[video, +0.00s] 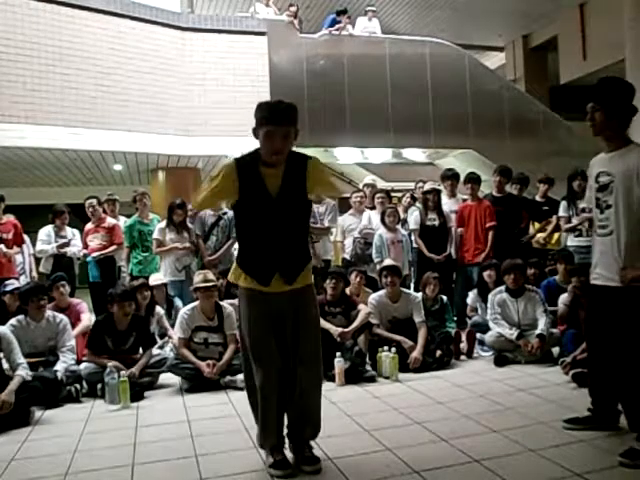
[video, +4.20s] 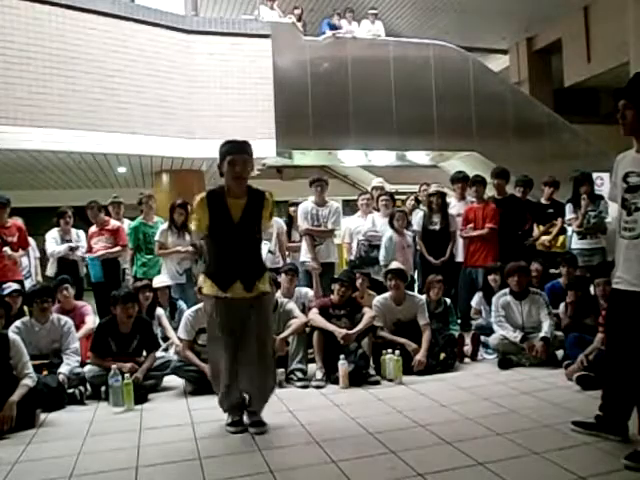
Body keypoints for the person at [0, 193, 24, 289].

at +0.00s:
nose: (1, 206)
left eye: (1, 203)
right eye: (1, 203)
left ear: (4, 204)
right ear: (3, 204)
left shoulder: (13, 224)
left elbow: (18, 246)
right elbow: (18, 246)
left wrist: (10, 252)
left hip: (8, 273)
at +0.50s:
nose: (1, 209)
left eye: (2, 206)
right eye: (1, 207)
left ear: (5, 206)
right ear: (3, 207)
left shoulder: (14, 225)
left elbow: (21, 246)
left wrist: (13, 253)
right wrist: (5, 252)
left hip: (10, 274)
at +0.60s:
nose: (3, 212)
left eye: (4, 208)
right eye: (1, 208)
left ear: (9, 208)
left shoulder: (17, 225)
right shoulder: (2, 227)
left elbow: (25, 247)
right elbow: (3, 246)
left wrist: (17, 254)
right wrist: (8, 253)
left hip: (14, 276)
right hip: (3, 276)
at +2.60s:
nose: (2, 211)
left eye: (4, 208)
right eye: (1, 208)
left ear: (8, 208)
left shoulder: (17, 225)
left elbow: (24, 247)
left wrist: (16, 254)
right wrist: (8, 253)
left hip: (14, 276)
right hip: (3, 276)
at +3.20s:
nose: (3, 217)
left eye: (4, 214)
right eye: (1, 214)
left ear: (7, 211)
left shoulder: (17, 226)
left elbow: (23, 248)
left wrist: (15, 256)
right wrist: (7, 254)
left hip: (14, 276)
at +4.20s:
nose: (2, 212)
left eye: (4, 208)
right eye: (1, 209)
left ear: (8, 210)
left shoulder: (17, 227)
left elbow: (25, 248)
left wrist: (15, 255)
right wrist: (9, 254)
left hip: (14, 275)